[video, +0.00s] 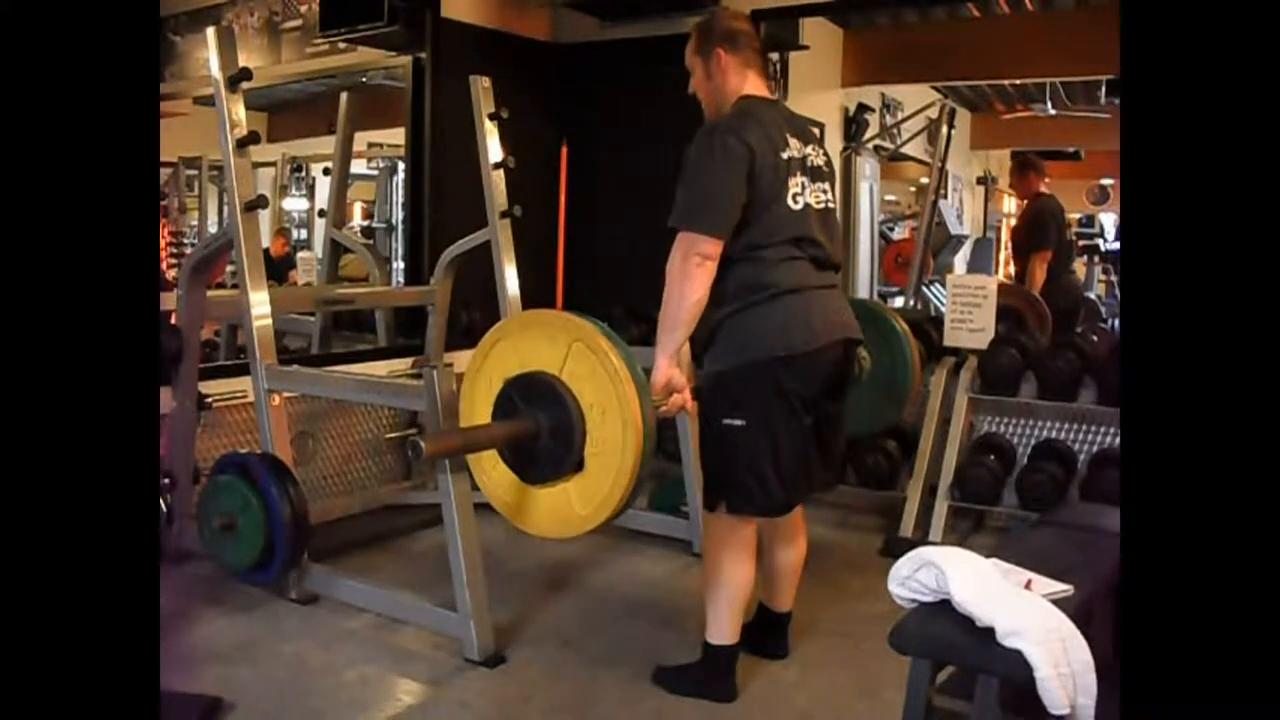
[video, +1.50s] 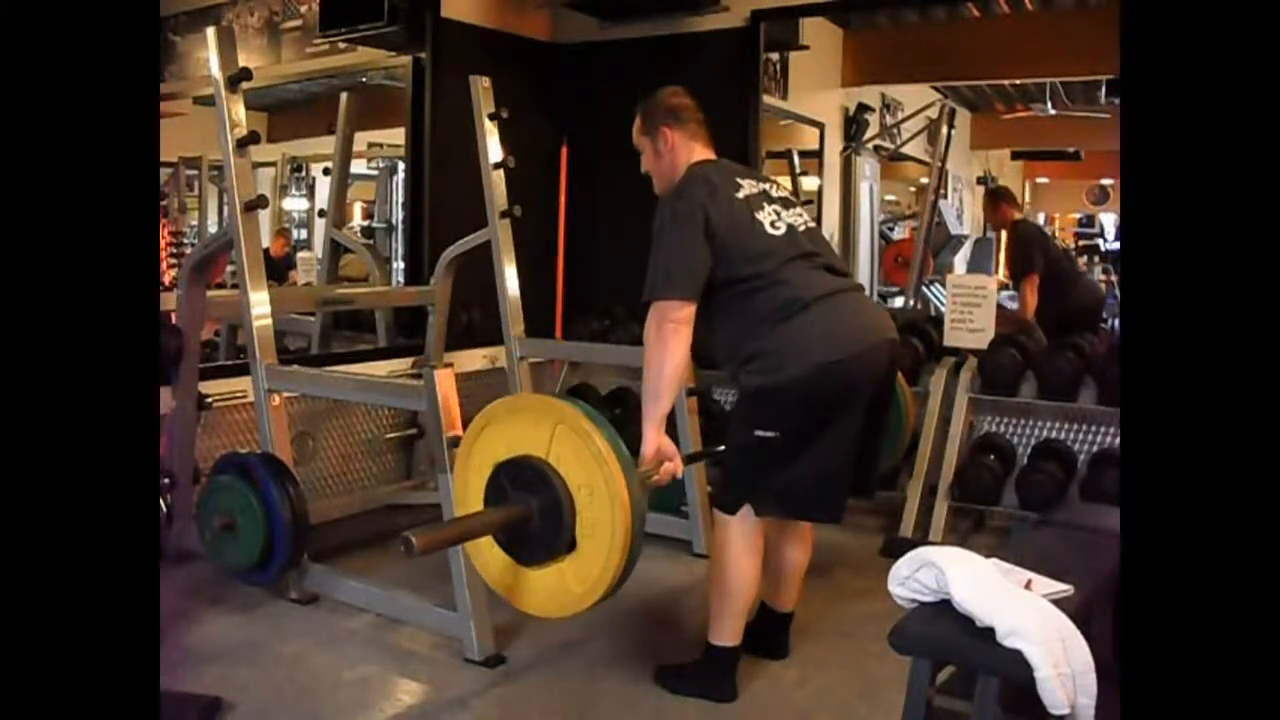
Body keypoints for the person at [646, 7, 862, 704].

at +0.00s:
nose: (693, 89)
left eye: (693, 74)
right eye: (691, 76)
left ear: (719, 62)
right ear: (753, 62)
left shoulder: (728, 134)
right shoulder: (808, 130)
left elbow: (698, 252)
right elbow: (807, 243)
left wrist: (668, 353)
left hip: (758, 347)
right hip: (828, 340)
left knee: (731, 511)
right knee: (784, 498)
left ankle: (715, 668)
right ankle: (772, 631)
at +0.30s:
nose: (677, 99)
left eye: (678, 83)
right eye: (675, 85)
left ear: (704, 73)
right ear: (734, 74)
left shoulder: (716, 142)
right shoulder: (790, 134)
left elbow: (693, 260)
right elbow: (797, 247)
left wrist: (667, 367)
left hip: (764, 350)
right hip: (832, 340)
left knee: (732, 507)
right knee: (785, 495)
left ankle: (715, 667)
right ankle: (773, 630)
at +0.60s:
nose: (670, 116)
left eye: (669, 100)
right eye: (667, 102)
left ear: (693, 86)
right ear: (729, 85)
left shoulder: (708, 150)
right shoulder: (782, 144)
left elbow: (691, 269)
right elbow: (808, 251)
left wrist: (668, 377)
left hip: (771, 350)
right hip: (839, 340)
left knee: (734, 507)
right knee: (792, 497)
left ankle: (716, 667)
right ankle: (774, 630)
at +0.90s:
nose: (655, 132)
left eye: (655, 115)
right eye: (652, 118)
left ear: (679, 102)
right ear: (711, 101)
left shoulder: (698, 166)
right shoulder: (770, 159)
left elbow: (683, 282)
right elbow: (799, 261)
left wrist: (665, 390)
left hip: (780, 356)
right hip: (848, 342)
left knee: (735, 504)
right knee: (793, 498)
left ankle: (717, 666)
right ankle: (773, 631)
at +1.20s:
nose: (650, 149)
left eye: (650, 133)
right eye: (648, 135)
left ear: (672, 119)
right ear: (705, 119)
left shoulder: (694, 179)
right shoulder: (766, 170)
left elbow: (677, 297)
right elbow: (800, 268)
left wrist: (659, 409)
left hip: (794, 351)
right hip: (860, 336)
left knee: (735, 501)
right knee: (794, 496)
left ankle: (716, 667)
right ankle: (773, 630)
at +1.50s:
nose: (645, 170)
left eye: (644, 152)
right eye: (642, 155)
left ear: (666, 139)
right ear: (699, 137)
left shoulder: (688, 199)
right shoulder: (759, 184)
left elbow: (672, 317)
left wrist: (653, 428)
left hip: (799, 356)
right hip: (869, 340)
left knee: (736, 500)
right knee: (796, 497)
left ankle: (717, 668)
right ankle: (773, 630)